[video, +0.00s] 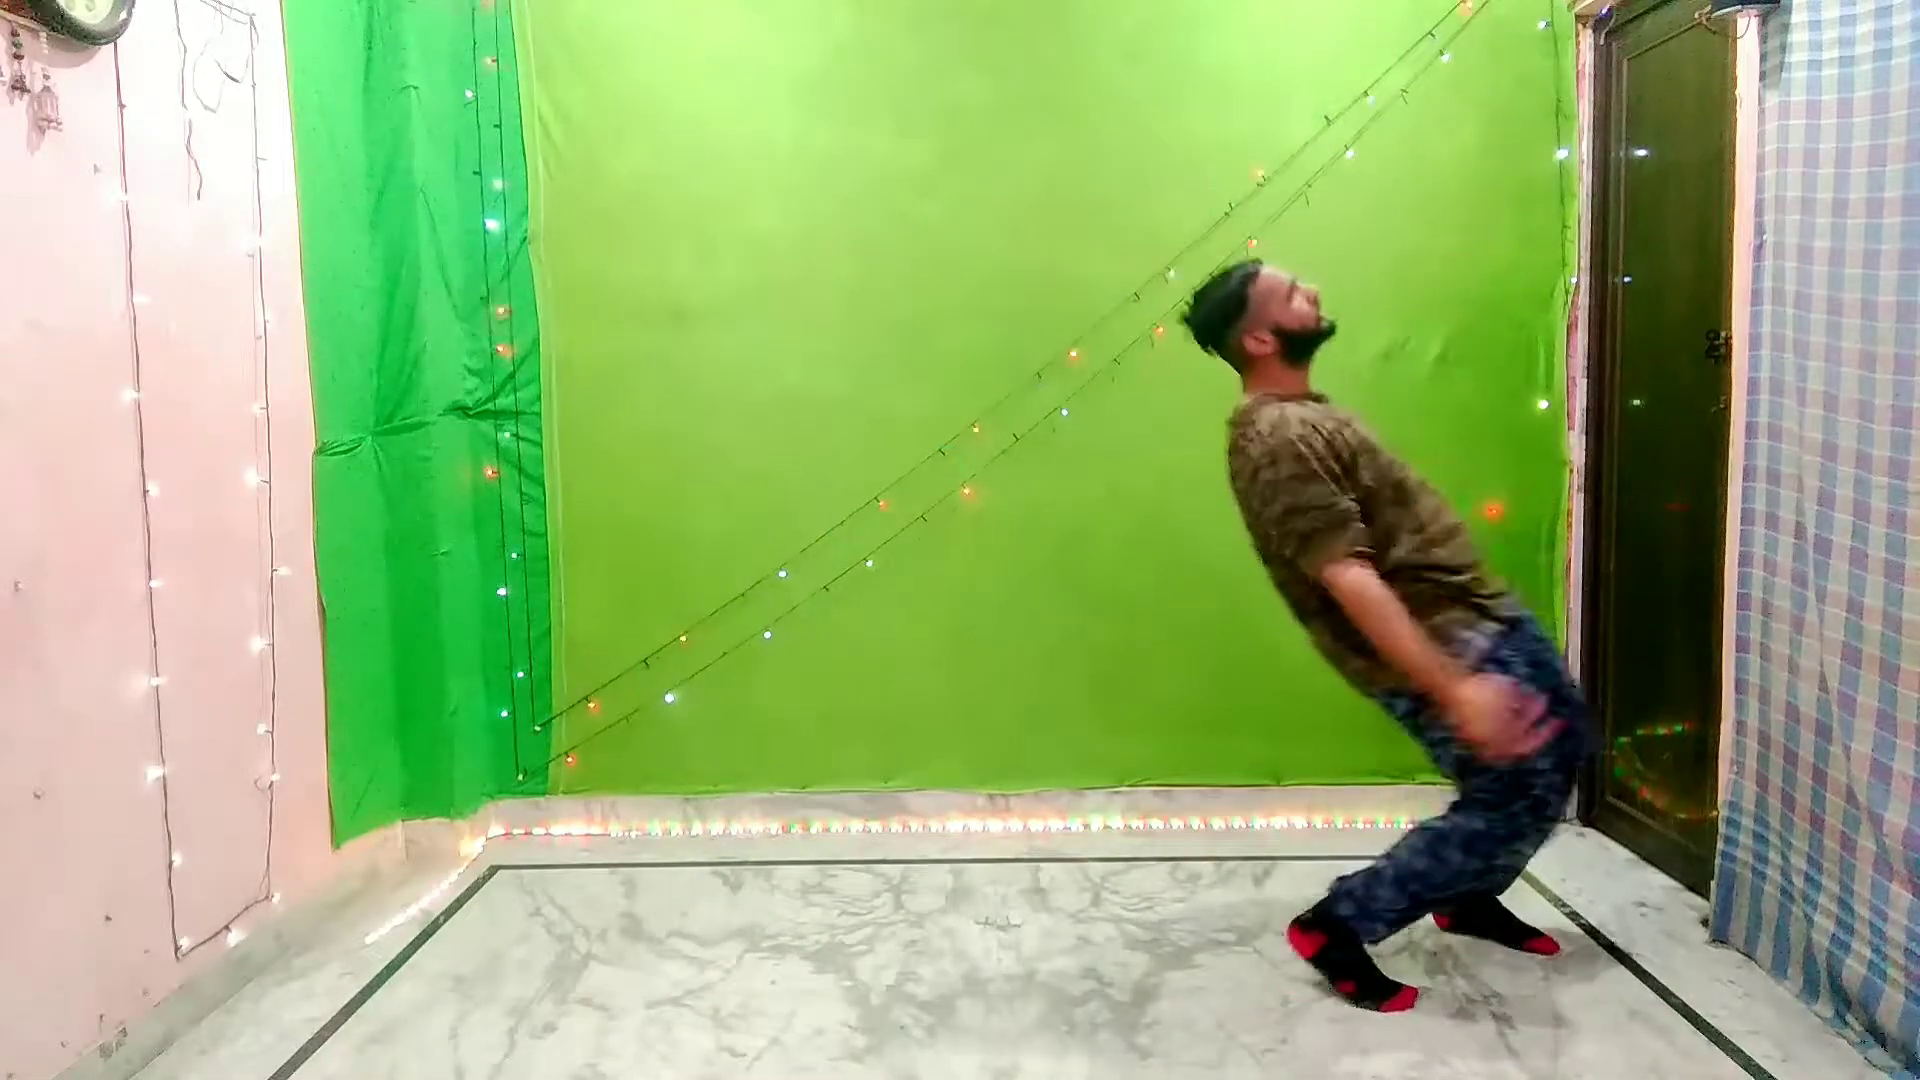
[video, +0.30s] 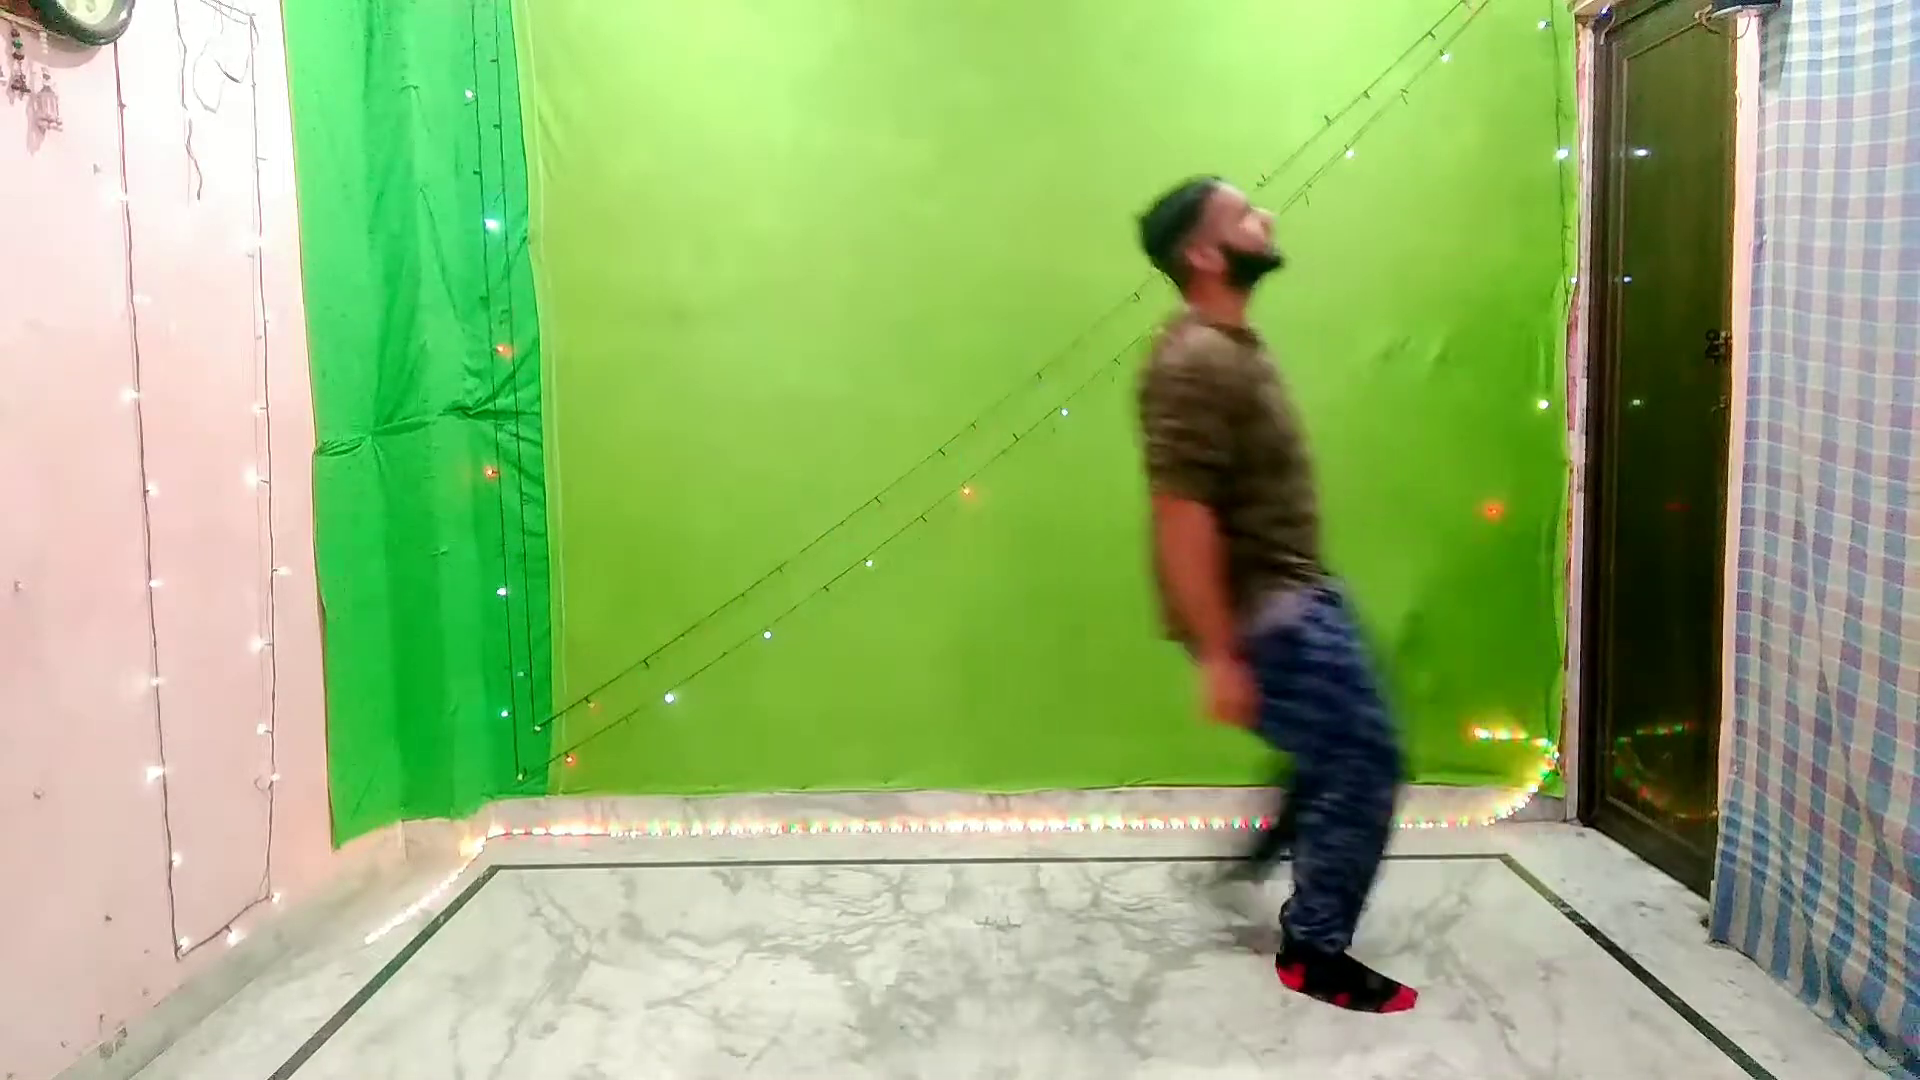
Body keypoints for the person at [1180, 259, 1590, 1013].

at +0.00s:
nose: (1308, 294)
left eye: (1296, 286)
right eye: (1288, 294)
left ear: (1259, 343)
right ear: (1255, 341)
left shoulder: (1305, 418)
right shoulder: (1276, 438)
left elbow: (1380, 550)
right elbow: (1346, 577)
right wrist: (1452, 690)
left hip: (1477, 620)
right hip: (1435, 644)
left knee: (1565, 742)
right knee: (1521, 789)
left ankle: (1469, 892)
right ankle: (1337, 923)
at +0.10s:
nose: (1300, 271)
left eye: (1288, 262)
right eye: (1282, 268)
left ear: (1250, 313)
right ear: (1247, 310)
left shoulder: (1288, 399)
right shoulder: (1260, 417)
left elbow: (1347, 538)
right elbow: (1314, 564)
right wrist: (1389, 696)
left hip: (1429, 605)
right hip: (1394, 628)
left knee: (1523, 711)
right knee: (1487, 780)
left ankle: (1470, 894)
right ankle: (1328, 932)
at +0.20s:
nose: (1285, 230)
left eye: (1274, 220)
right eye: (1265, 225)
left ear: (1231, 272)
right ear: (1227, 267)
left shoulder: (1260, 359)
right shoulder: (1229, 373)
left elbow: (1282, 514)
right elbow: (1231, 527)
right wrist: (1283, 668)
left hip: (1357, 599)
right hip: (1321, 623)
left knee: (1442, 697)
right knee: (1413, 761)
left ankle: (1391, 882)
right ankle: (1320, 945)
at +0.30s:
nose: (1262, 219)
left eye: (1251, 208)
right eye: (1242, 213)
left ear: (1210, 254)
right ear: (1200, 252)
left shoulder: (1230, 347)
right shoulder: (1192, 360)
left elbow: (1235, 498)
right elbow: (1181, 515)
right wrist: (1219, 651)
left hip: (1298, 593)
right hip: (1268, 608)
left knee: (1348, 738)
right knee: (1363, 760)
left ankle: (1267, 852)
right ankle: (1315, 948)